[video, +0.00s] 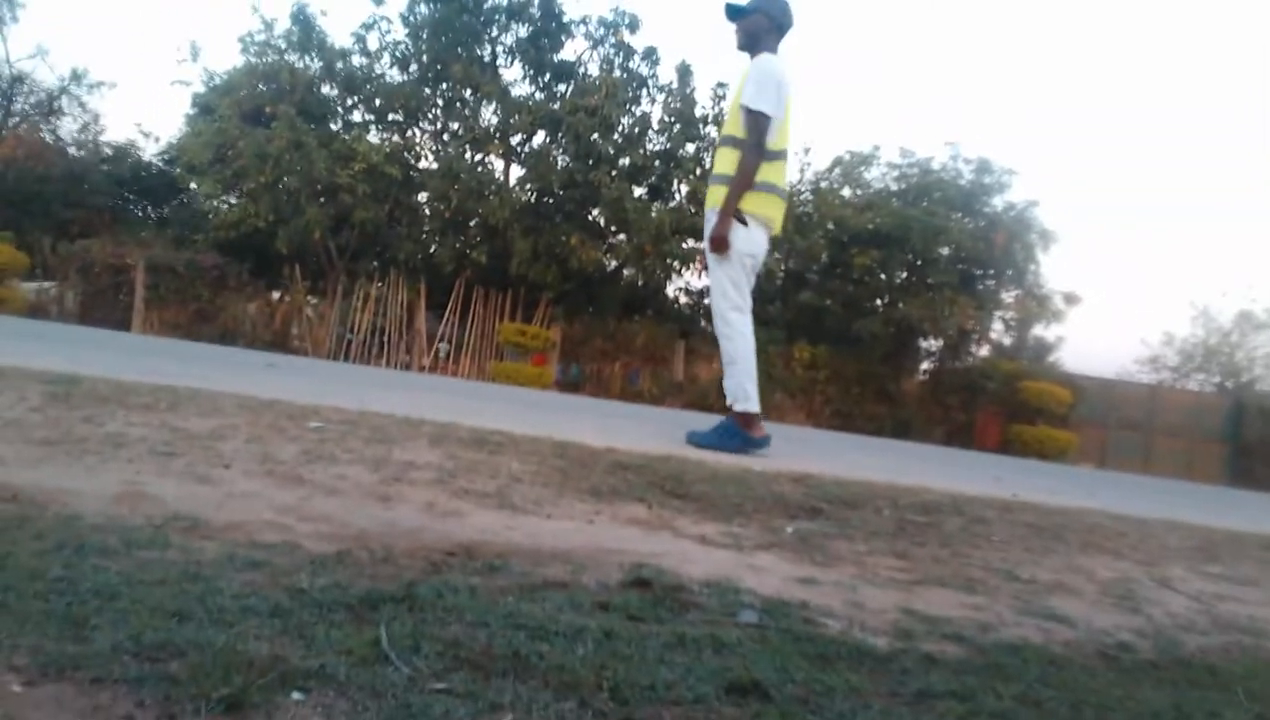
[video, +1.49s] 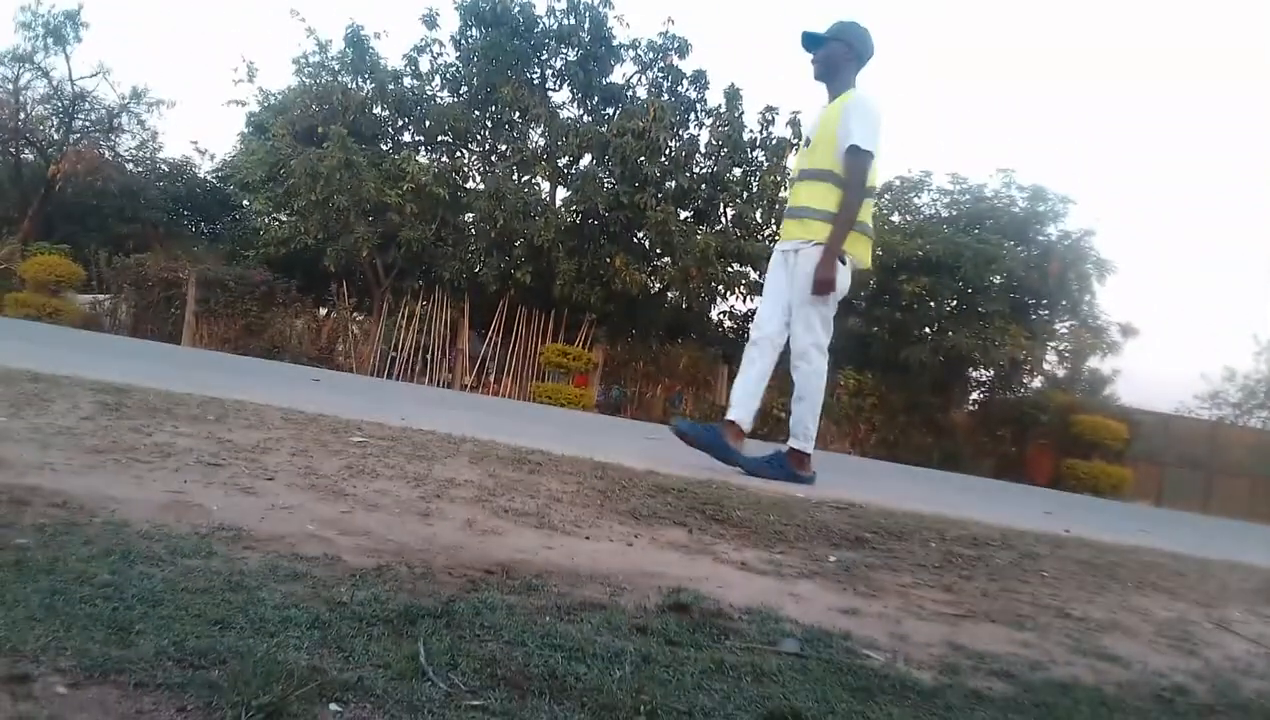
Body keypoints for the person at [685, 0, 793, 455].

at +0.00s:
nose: (736, 26)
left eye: (743, 18)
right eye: (737, 19)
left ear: (767, 23)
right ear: (767, 26)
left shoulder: (765, 69)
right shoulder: (761, 72)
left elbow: (755, 148)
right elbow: (743, 154)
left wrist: (725, 217)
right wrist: (715, 231)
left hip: (740, 220)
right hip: (738, 220)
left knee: (732, 316)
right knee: (731, 316)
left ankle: (746, 419)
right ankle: (742, 416)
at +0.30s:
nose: (748, 16)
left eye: (755, 8)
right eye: (750, 9)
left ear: (779, 12)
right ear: (788, 19)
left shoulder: (774, 62)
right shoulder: (782, 65)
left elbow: (752, 143)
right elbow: (759, 147)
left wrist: (715, 208)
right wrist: (719, 209)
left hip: (740, 213)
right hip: (745, 214)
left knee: (738, 309)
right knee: (738, 308)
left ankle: (750, 413)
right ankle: (747, 409)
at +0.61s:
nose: (787, 7)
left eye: (788, 4)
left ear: (794, 1)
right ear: (821, 4)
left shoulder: (804, 27)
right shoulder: (822, 42)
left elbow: (785, 110)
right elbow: (807, 127)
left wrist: (748, 178)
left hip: (764, 190)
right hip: (777, 193)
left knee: (750, 279)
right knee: (751, 279)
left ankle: (773, 385)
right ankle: (769, 380)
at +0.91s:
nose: (805, 45)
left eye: (813, 37)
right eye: (807, 37)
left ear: (834, 43)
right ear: (838, 46)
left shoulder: (829, 90)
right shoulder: (832, 93)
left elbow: (815, 169)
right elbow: (816, 173)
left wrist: (777, 235)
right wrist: (776, 235)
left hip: (793, 238)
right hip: (796, 239)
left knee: (774, 332)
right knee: (774, 332)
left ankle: (788, 442)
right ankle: (784, 436)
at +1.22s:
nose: (812, 58)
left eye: (821, 50)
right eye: (814, 50)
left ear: (846, 58)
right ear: (833, 59)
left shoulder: (846, 105)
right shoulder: (828, 110)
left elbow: (838, 182)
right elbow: (819, 186)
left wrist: (802, 250)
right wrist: (789, 243)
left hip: (814, 252)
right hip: (785, 245)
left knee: (796, 346)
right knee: (742, 325)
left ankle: (795, 455)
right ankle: (733, 435)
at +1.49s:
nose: (815, 53)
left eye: (825, 45)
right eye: (817, 46)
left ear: (850, 55)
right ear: (838, 56)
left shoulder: (859, 106)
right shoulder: (825, 115)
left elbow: (855, 184)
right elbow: (813, 186)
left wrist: (830, 254)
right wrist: (790, 244)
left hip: (822, 249)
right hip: (790, 246)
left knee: (808, 349)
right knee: (765, 336)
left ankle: (799, 457)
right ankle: (732, 433)